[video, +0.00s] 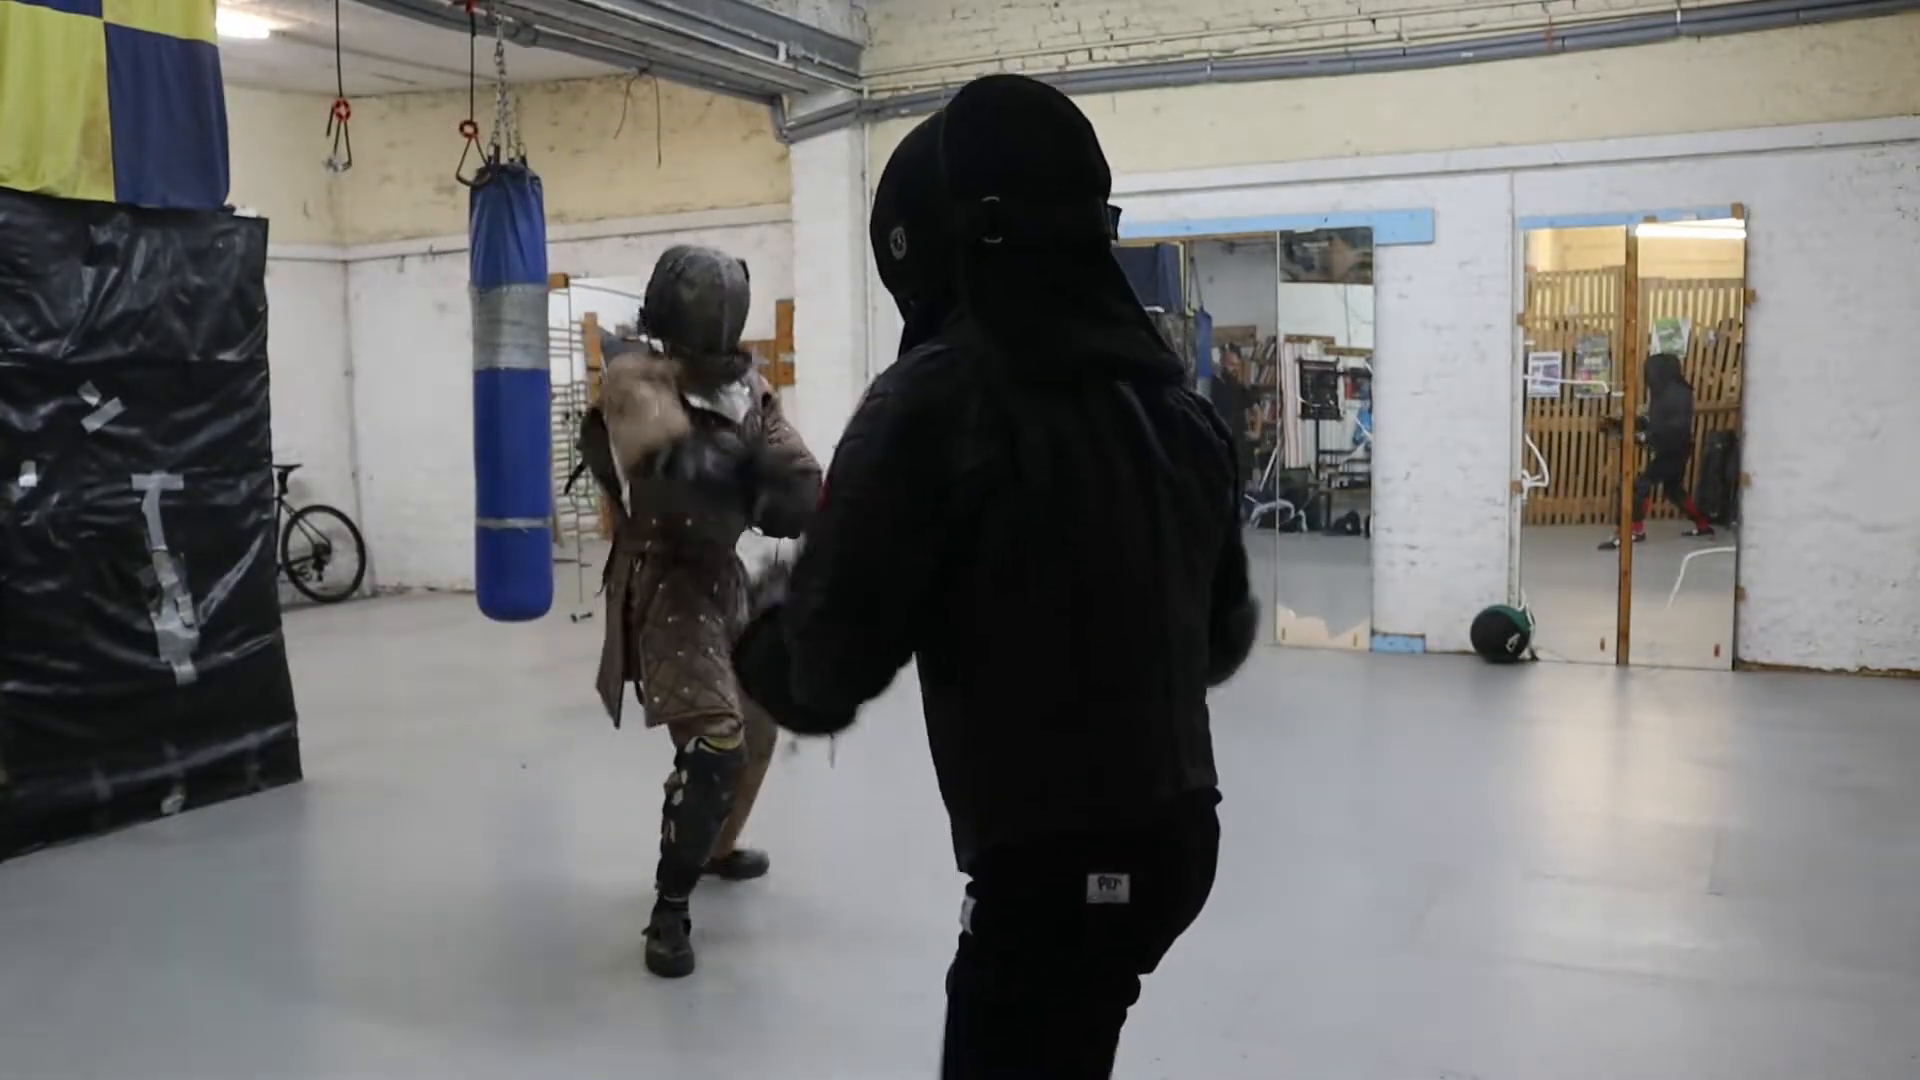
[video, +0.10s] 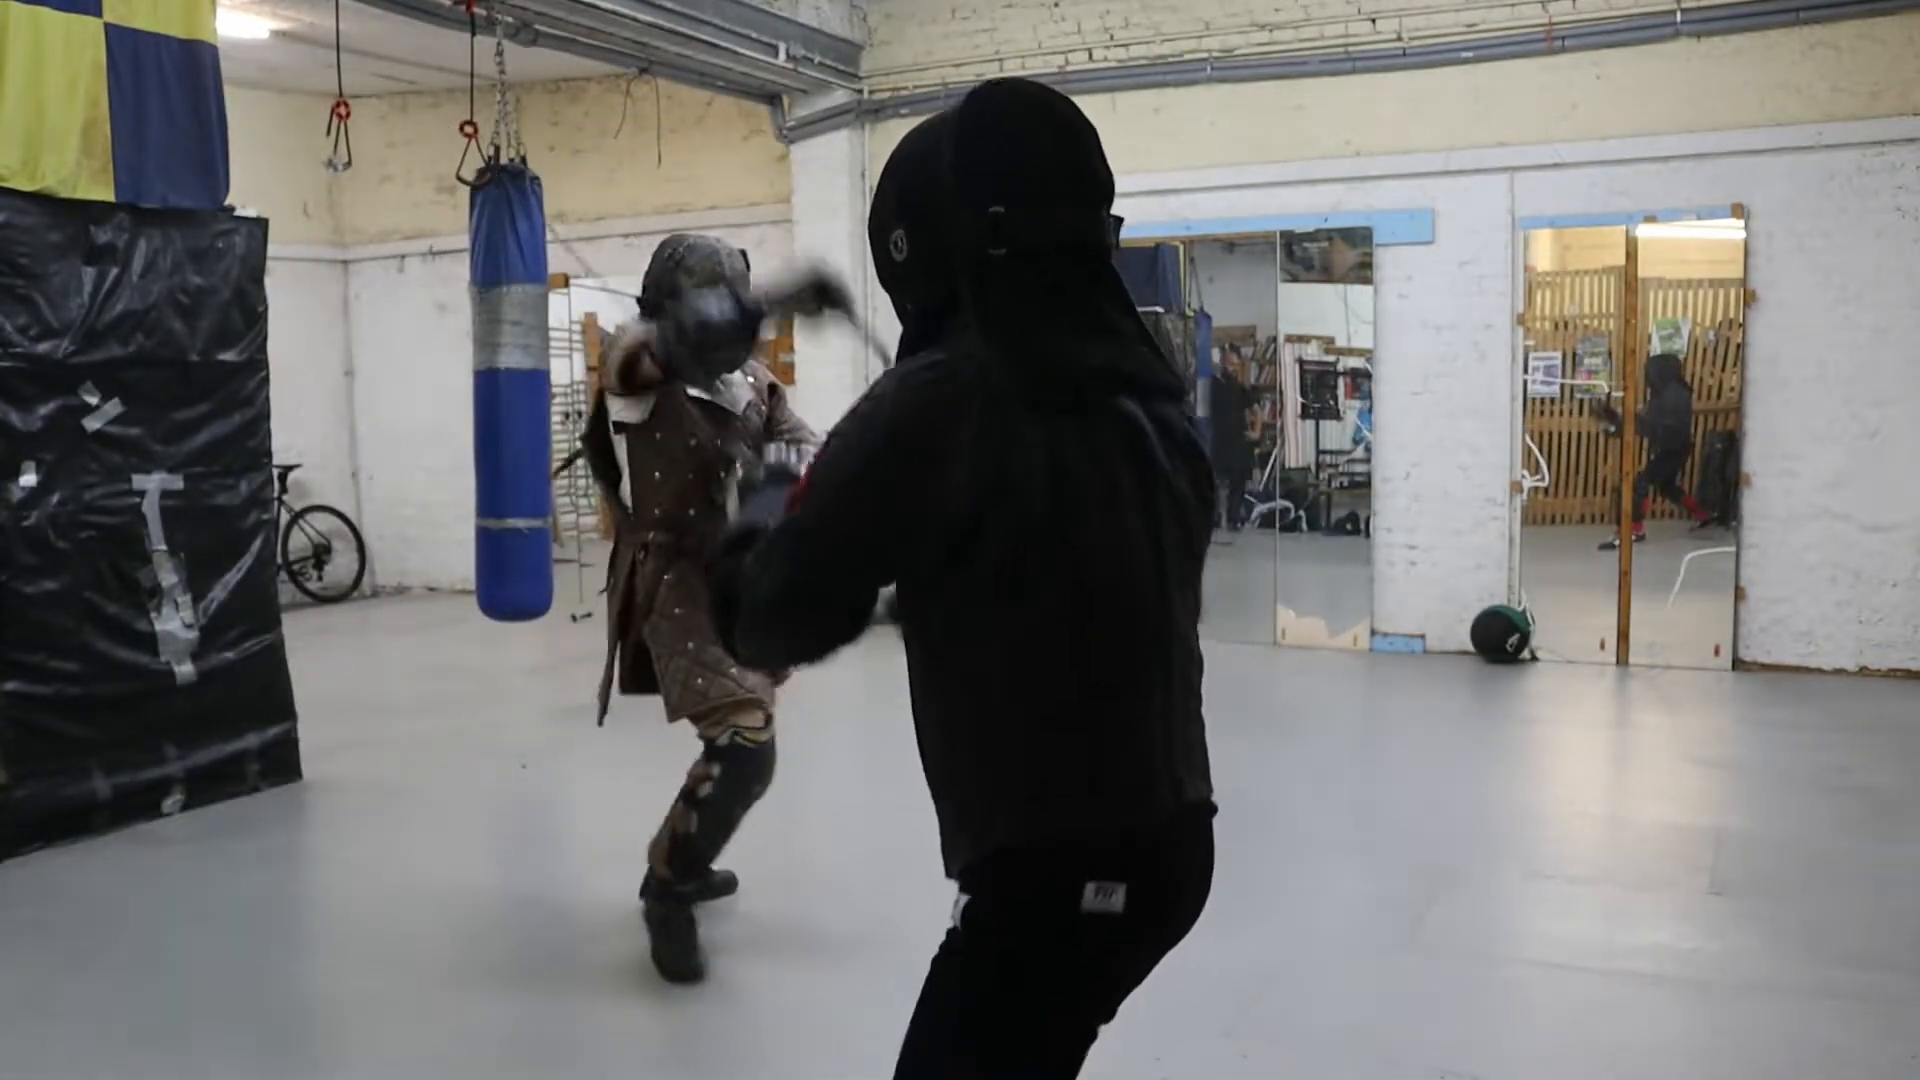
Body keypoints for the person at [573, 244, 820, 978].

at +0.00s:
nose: (716, 353)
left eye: (728, 336)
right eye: (701, 336)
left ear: (741, 325)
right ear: (668, 327)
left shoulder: (746, 388)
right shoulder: (634, 379)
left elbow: (804, 478)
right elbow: (665, 470)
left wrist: (768, 488)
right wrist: (745, 473)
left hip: (730, 578)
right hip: (664, 583)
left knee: (756, 726)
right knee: (717, 741)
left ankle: (715, 847)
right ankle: (670, 908)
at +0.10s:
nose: (715, 317)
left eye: (727, 300)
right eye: (697, 303)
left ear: (746, 303)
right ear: (665, 310)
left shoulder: (755, 388)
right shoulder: (648, 375)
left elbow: (812, 451)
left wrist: (781, 461)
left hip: (736, 574)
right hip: (667, 578)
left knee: (743, 741)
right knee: (746, 749)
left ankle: (683, 862)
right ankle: (667, 889)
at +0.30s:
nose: (761, 363)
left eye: (757, 347)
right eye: (748, 347)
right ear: (718, 360)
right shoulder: (682, 439)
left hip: (711, 623)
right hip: (697, 628)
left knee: (755, 765)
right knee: (773, 795)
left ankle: (679, 876)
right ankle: (682, 969)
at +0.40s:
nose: (759, 367)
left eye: (758, 353)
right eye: (751, 353)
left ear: (690, 353)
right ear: (722, 354)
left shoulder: (692, 421)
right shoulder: (679, 440)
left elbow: (609, 519)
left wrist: (639, 589)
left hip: (724, 619)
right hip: (691, 632)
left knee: (801, 750)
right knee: (778, 805)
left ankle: (702, 853)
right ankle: (682, 972)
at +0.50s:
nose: (784, 371)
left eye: (782, 356)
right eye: (771, 355)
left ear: (685, 353)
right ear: (737, 351)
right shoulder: (727, 430)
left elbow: (602, 516)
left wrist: (637, 585)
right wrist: (828, 579)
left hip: (721, 612)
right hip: (686, 624)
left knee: (813, 745)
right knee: (774, 785)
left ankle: (756, 876)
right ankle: (682, 969)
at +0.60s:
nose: (772, 333)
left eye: (771, 320)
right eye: (763, 320)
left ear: (700, 312)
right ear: (734, 319)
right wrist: (854, 653)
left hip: (746, 608)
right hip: (701, 616)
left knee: (821, 752)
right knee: (778, 789)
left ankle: (765, 883)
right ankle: (681, 969)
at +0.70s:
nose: (776, 343)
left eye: (770, 333)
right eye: (764, 334)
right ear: (729, 341)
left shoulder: (741, 410)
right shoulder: (675, 420)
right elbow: (699, 569)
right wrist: (818, 645)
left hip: (759, 618)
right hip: (700, 625)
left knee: (826, 757)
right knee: (781, 791)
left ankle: (768, 883)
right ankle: (684, 967)